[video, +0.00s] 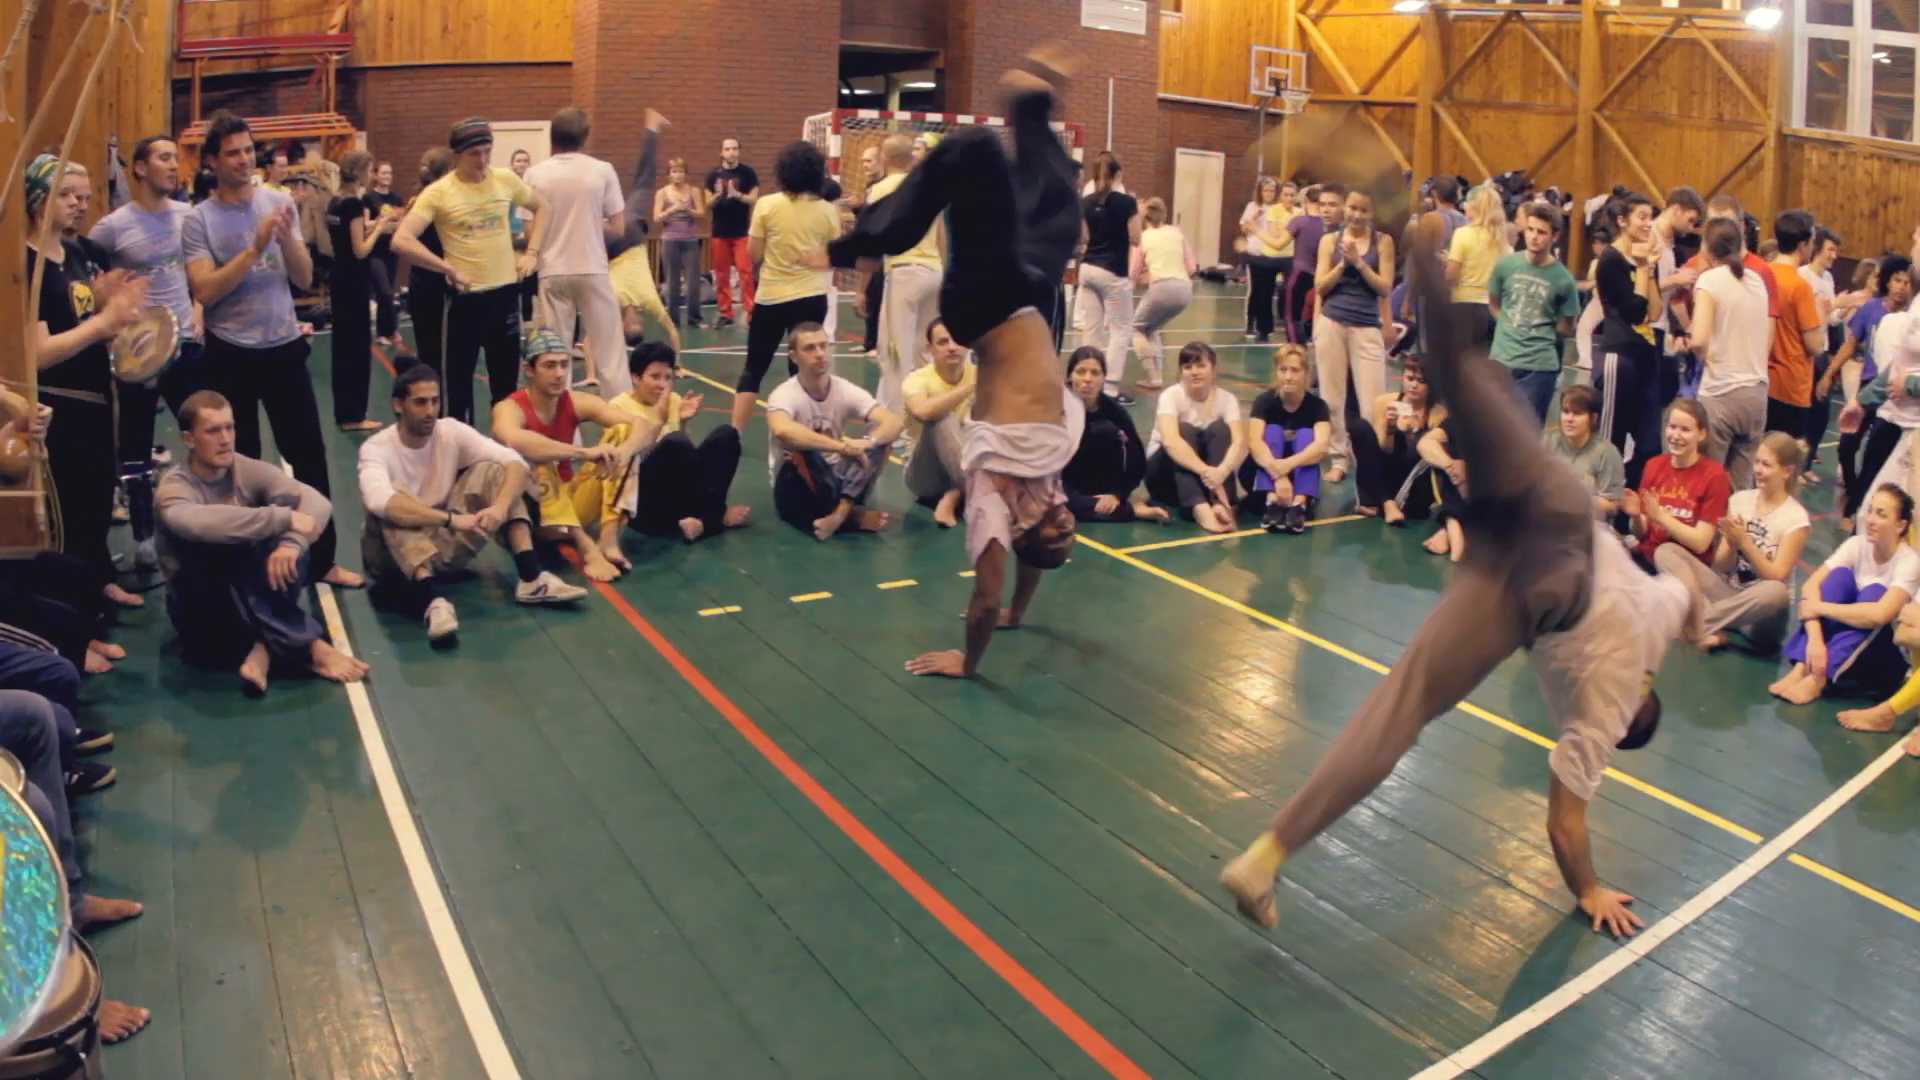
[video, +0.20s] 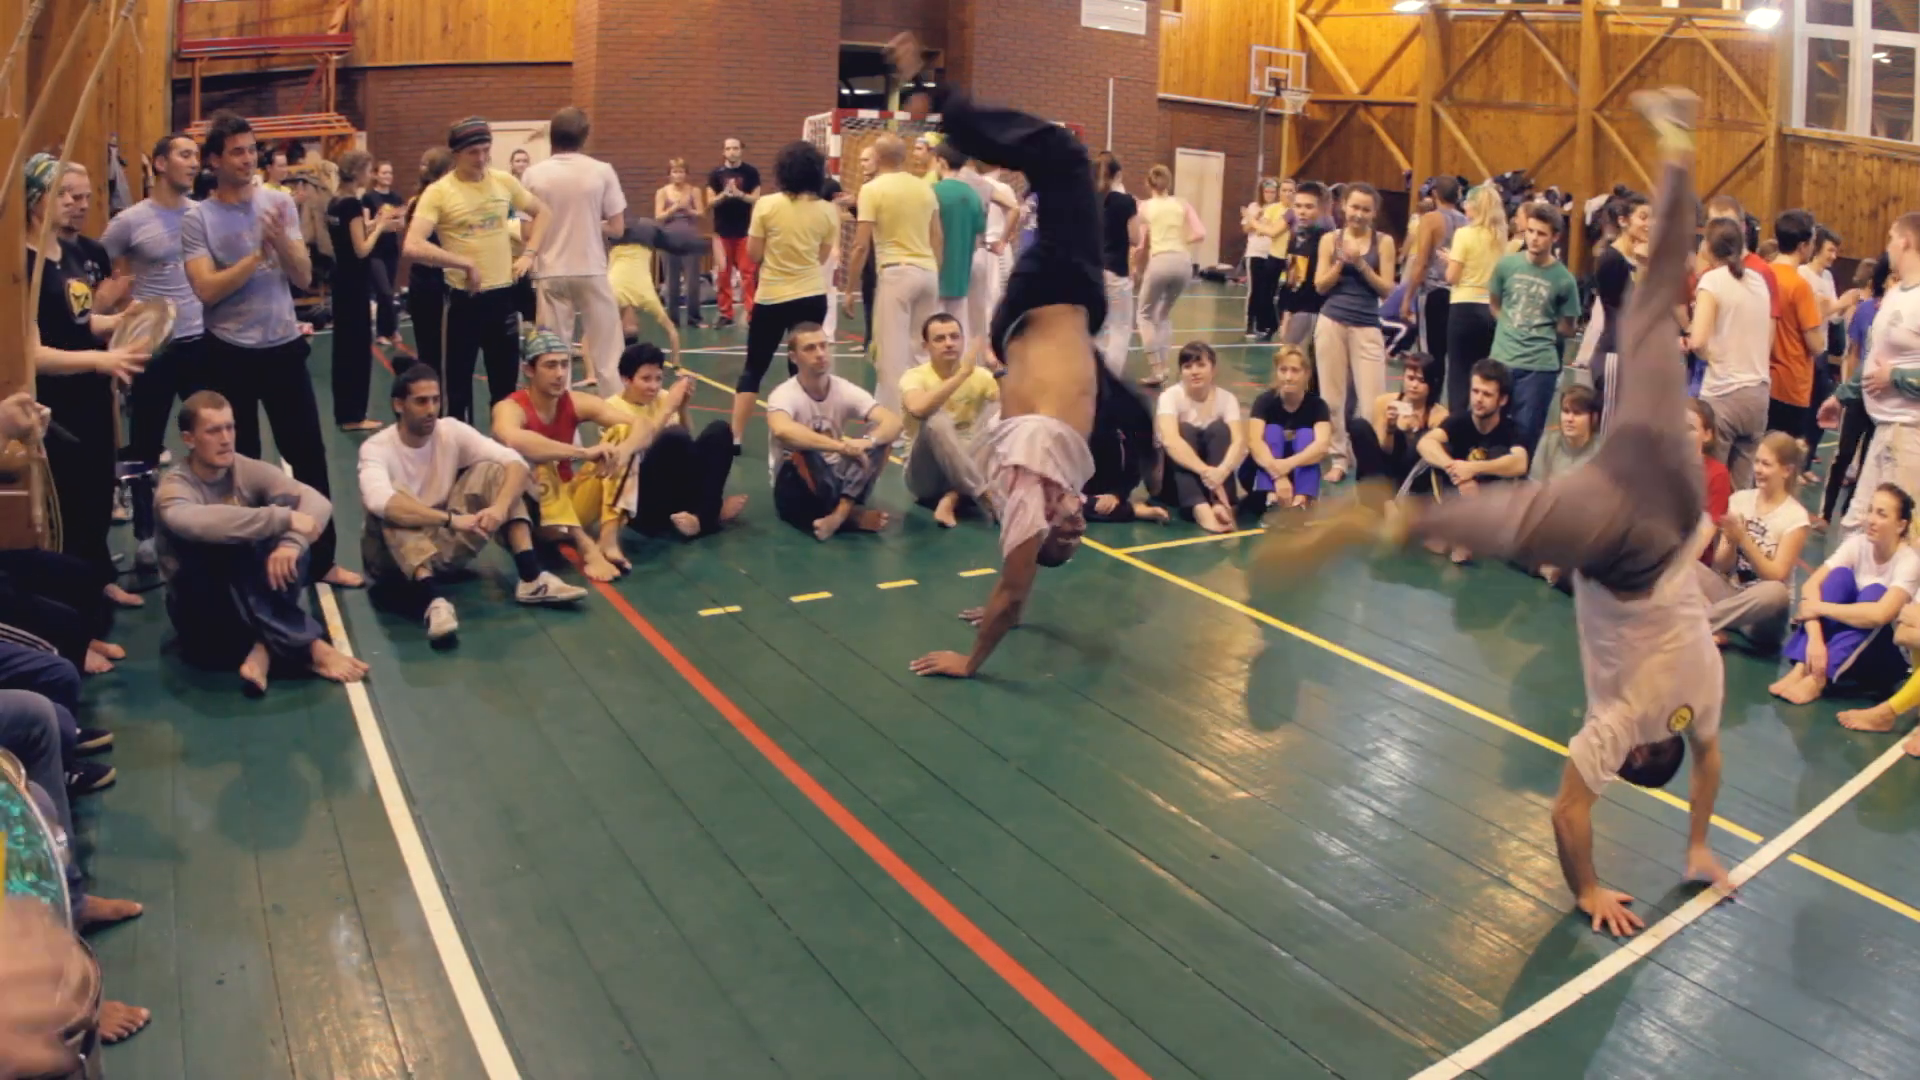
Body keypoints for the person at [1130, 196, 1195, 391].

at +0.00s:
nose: (1143, 219)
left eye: (1143, 216)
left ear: (1146, 218)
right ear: (1164, 216)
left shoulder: (1144, 236)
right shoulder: (1177, 232)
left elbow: (1134, 271)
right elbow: (1191, 266)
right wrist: (1178, 274)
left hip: (1160, 283)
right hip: (1184, 282)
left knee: (1138, 327)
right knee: (1151, 330)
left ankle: (1153, 375)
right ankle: (1156, 375)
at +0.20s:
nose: (1147, 187)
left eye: (1147, 184)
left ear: (1149, 184)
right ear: (1169, 184)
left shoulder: (1144, 207)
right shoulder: (1183, 205)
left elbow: (1140, 244)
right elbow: (1199, 233)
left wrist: (1135, 269)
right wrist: (1181, 241)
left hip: (1158, 258)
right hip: (1182, 256)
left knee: (1145, 313)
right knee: (1163, 315)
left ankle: (1157, 366)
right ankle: (1162, 367)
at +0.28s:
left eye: (1151, 179)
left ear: (1151, 180)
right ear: (1171, 179)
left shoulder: (1144, 202)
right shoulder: (1184, 202)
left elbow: (1140, 234)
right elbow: (1199, 229)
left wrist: (1146, 245)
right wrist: (1182, 239)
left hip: (1158, 251)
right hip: (1182, 251)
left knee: (1149, 314)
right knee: (1176, 314)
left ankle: (1160, 371)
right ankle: (1179, 368)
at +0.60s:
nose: (1167, 184)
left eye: (1167, 181)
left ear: (1166, 184)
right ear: (1184, 185)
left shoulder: (1155, 204)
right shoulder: (1192, 206)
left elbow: (1144, 238)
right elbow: (1202, 240)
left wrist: (1156, 248)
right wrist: (1187, 248)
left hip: (1159, 255)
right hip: (1183, 256)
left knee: (1151, 312)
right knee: (1181, 313)